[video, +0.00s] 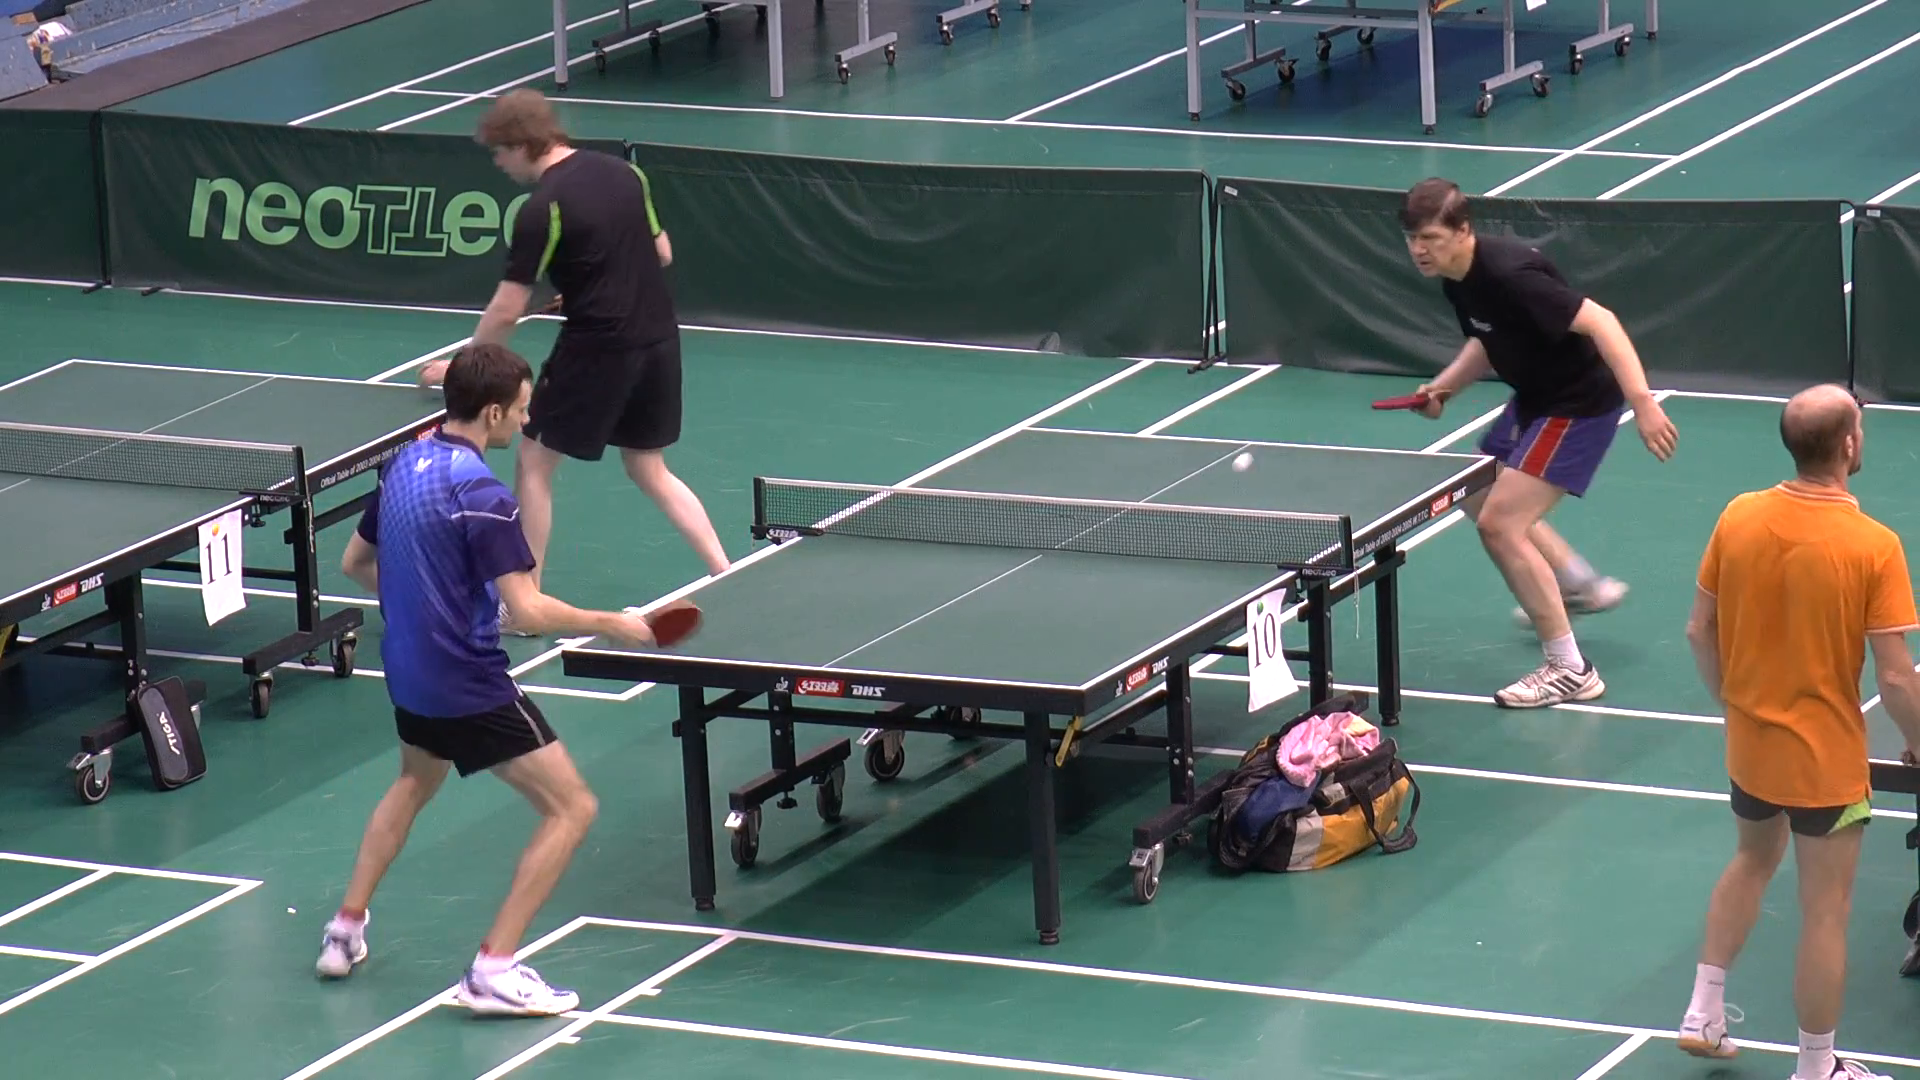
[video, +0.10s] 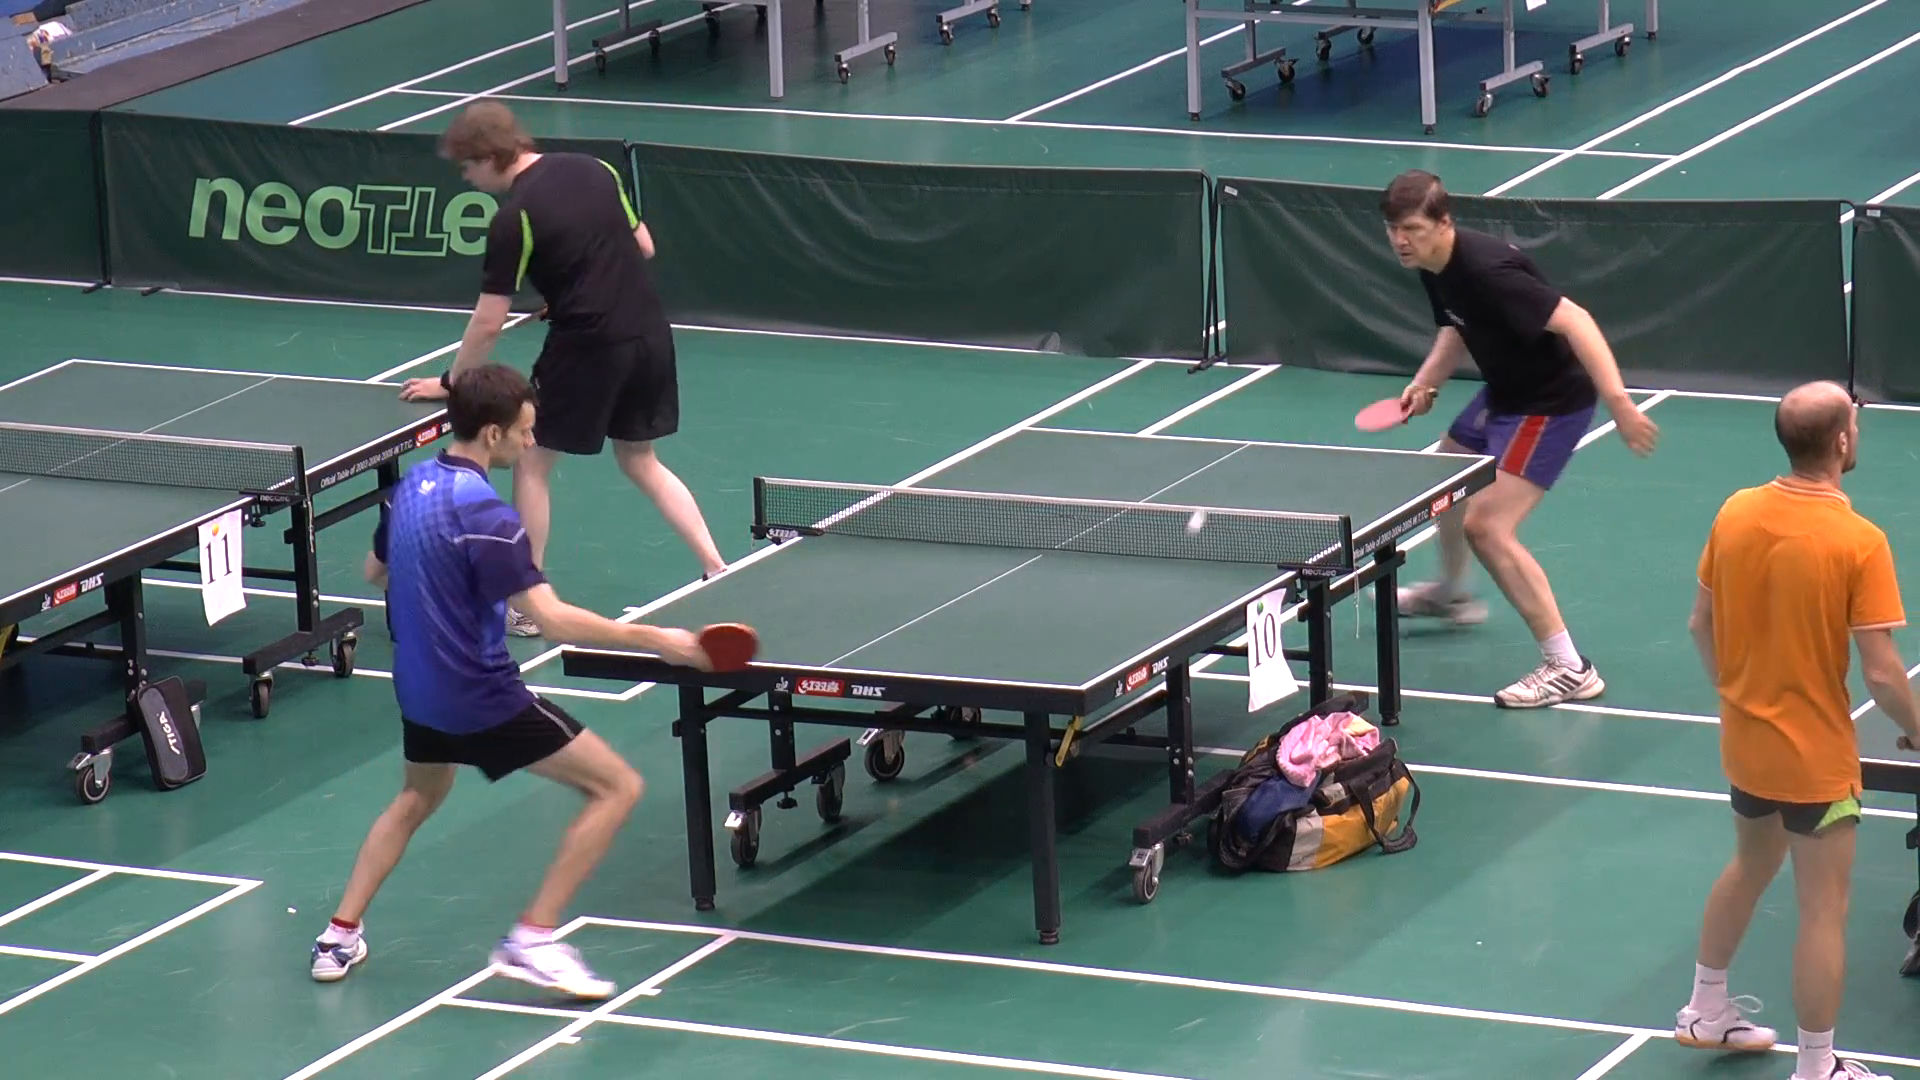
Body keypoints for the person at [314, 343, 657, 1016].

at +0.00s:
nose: (524, 418)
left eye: (524, 406)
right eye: (521, 406)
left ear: (458, 402)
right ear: (493, 410)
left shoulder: (404, 460)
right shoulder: (481, 490)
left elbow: (357, 562)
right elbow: (525, 609)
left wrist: (424, 595)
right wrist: (613, 623)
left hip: (408, 676)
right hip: (469, 686)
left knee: (416, 778)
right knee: (572, 808)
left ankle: (346, 926)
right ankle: (495, 966)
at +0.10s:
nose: (530, 440)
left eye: (530, 428)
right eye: (525, 428)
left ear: (467, 425)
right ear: (495, 430)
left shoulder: (412, 481)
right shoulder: (488, 513)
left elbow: (376, 573)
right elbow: (550, 617)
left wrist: (467, 598)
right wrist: (657, 638)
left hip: (418, 693)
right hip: (481, 699)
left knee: (418, 794)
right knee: (619, 786)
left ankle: (339, 934)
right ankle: (535, 936)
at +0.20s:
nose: (568, 456)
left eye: (568, 444)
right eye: (563, 445)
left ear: (512, 442)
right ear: (525, 445)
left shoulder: (451, 488)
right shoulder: (528, 525)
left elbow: (404, 553)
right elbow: (620, 608)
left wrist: (496, 581)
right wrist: (735, 621)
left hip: (438, 702)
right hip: (503, 706)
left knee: (421, 802)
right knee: (658, 769)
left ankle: (340, 933)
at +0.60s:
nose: (883, 492)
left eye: (882, 481)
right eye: (882, 483)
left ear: (814, 468)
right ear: (865, 485)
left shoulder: (742, 501)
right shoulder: (849, 560)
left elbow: (628, 535)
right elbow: (954, 625)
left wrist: (517, 564)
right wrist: (1035, 611)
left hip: (656, 704)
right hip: (743, 719)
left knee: (552, 812)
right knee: (902, 768)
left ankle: (449, 935)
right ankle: (887, 939)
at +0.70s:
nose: (909, 485)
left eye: (904, 473)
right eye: (909, 477)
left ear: (838, 462)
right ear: (892, 485)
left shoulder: (767, 498)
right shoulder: (882, 560)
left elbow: (659, 548)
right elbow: (972, 625)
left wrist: (548, 593)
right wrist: (1027, 607)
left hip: (690, 705)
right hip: (780, 722)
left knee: (586, 816)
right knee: (926, 767)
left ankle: (482, 942)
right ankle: (890, 939)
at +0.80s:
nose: (906, 472)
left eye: (897, 458)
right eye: (908, 464)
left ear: (841, 450)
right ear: (897, 472)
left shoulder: (770, 495)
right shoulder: (889, 546)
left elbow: (671, 555)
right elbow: (968, 618)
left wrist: (569, 609)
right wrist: (1018, 606)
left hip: (701, 704)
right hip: (795, 719)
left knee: (607, 816)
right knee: (926, 764)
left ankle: (510, 958)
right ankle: (891, 939)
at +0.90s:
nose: (894, 457)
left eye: (887, 445)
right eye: (894, 450)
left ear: (828, 434)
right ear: (883, 458)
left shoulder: (756, 485)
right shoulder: (879, 536)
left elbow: (661, 554)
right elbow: (954, 621)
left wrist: (568, 616)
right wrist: (992, 611)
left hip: (700, 698)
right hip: (793, 709)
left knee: (618, 812)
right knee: (907, 761)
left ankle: (547, 965)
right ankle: (901, 939)